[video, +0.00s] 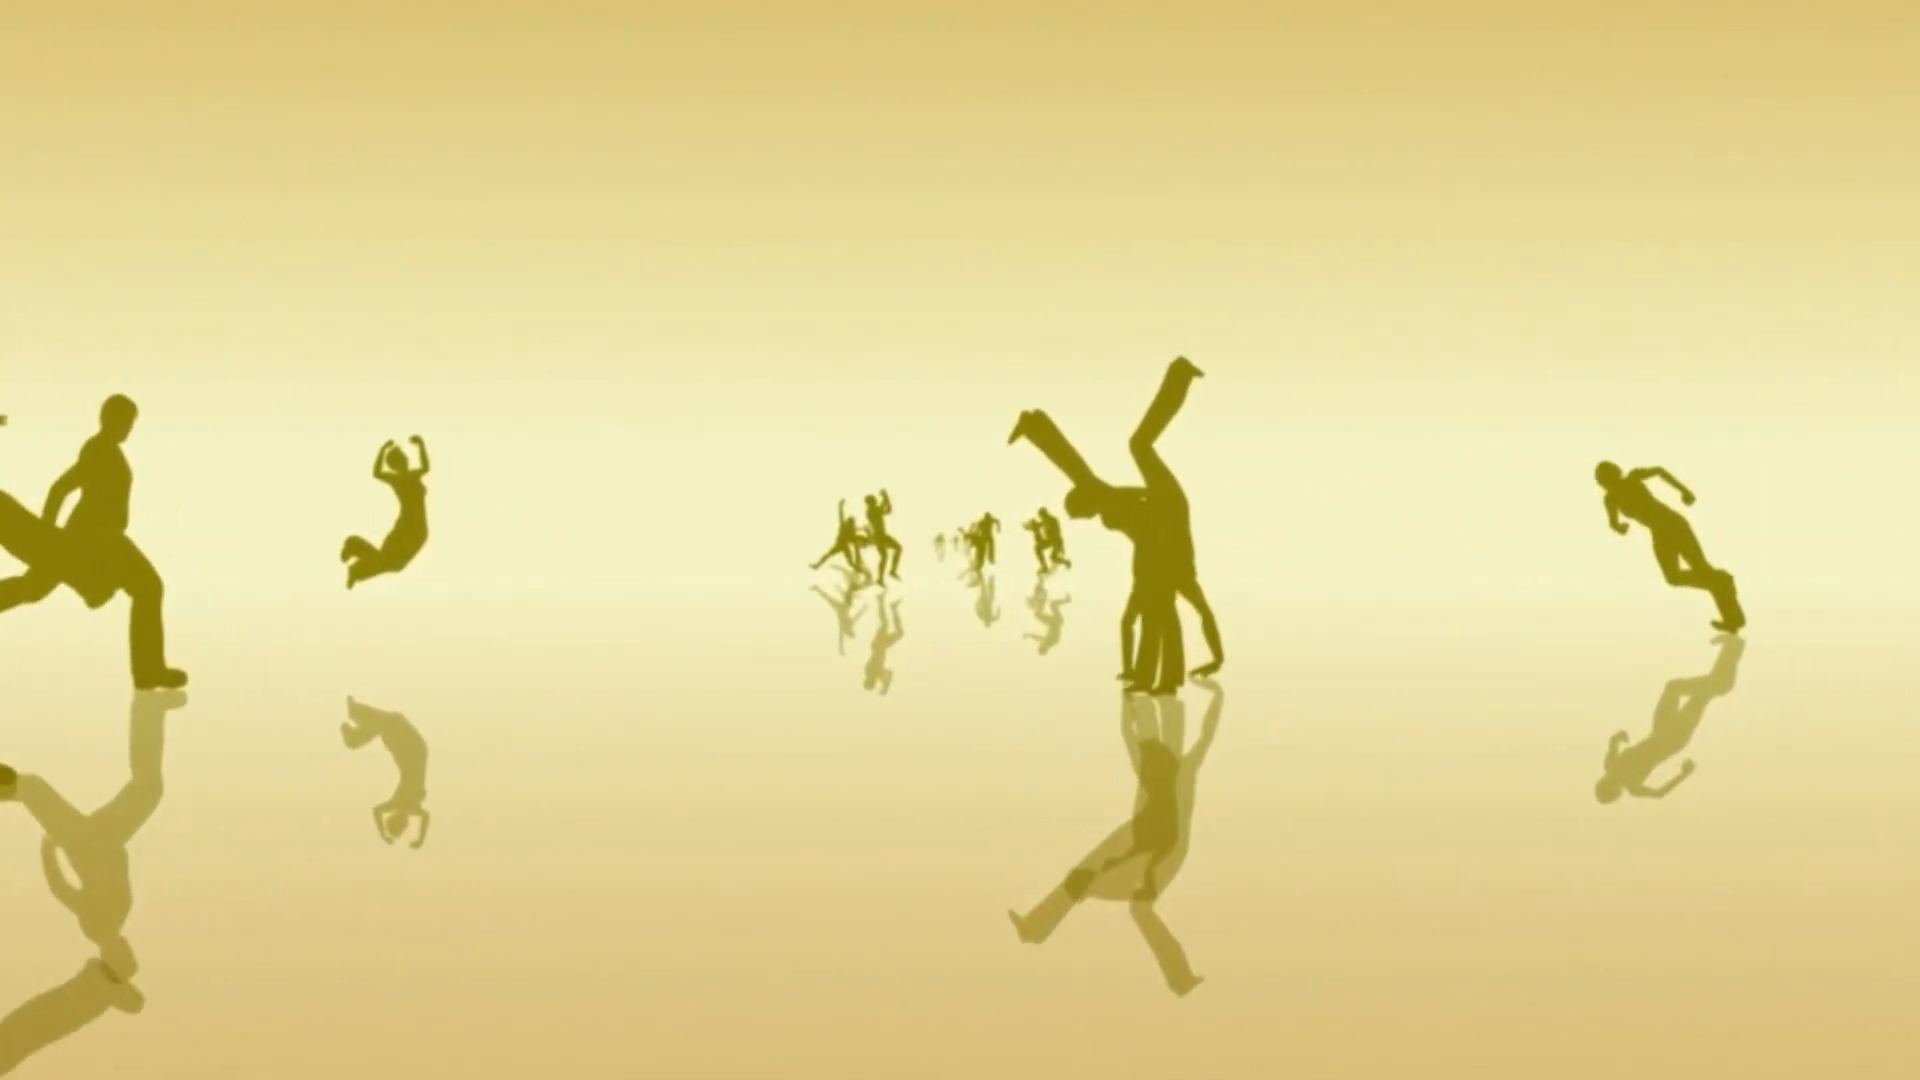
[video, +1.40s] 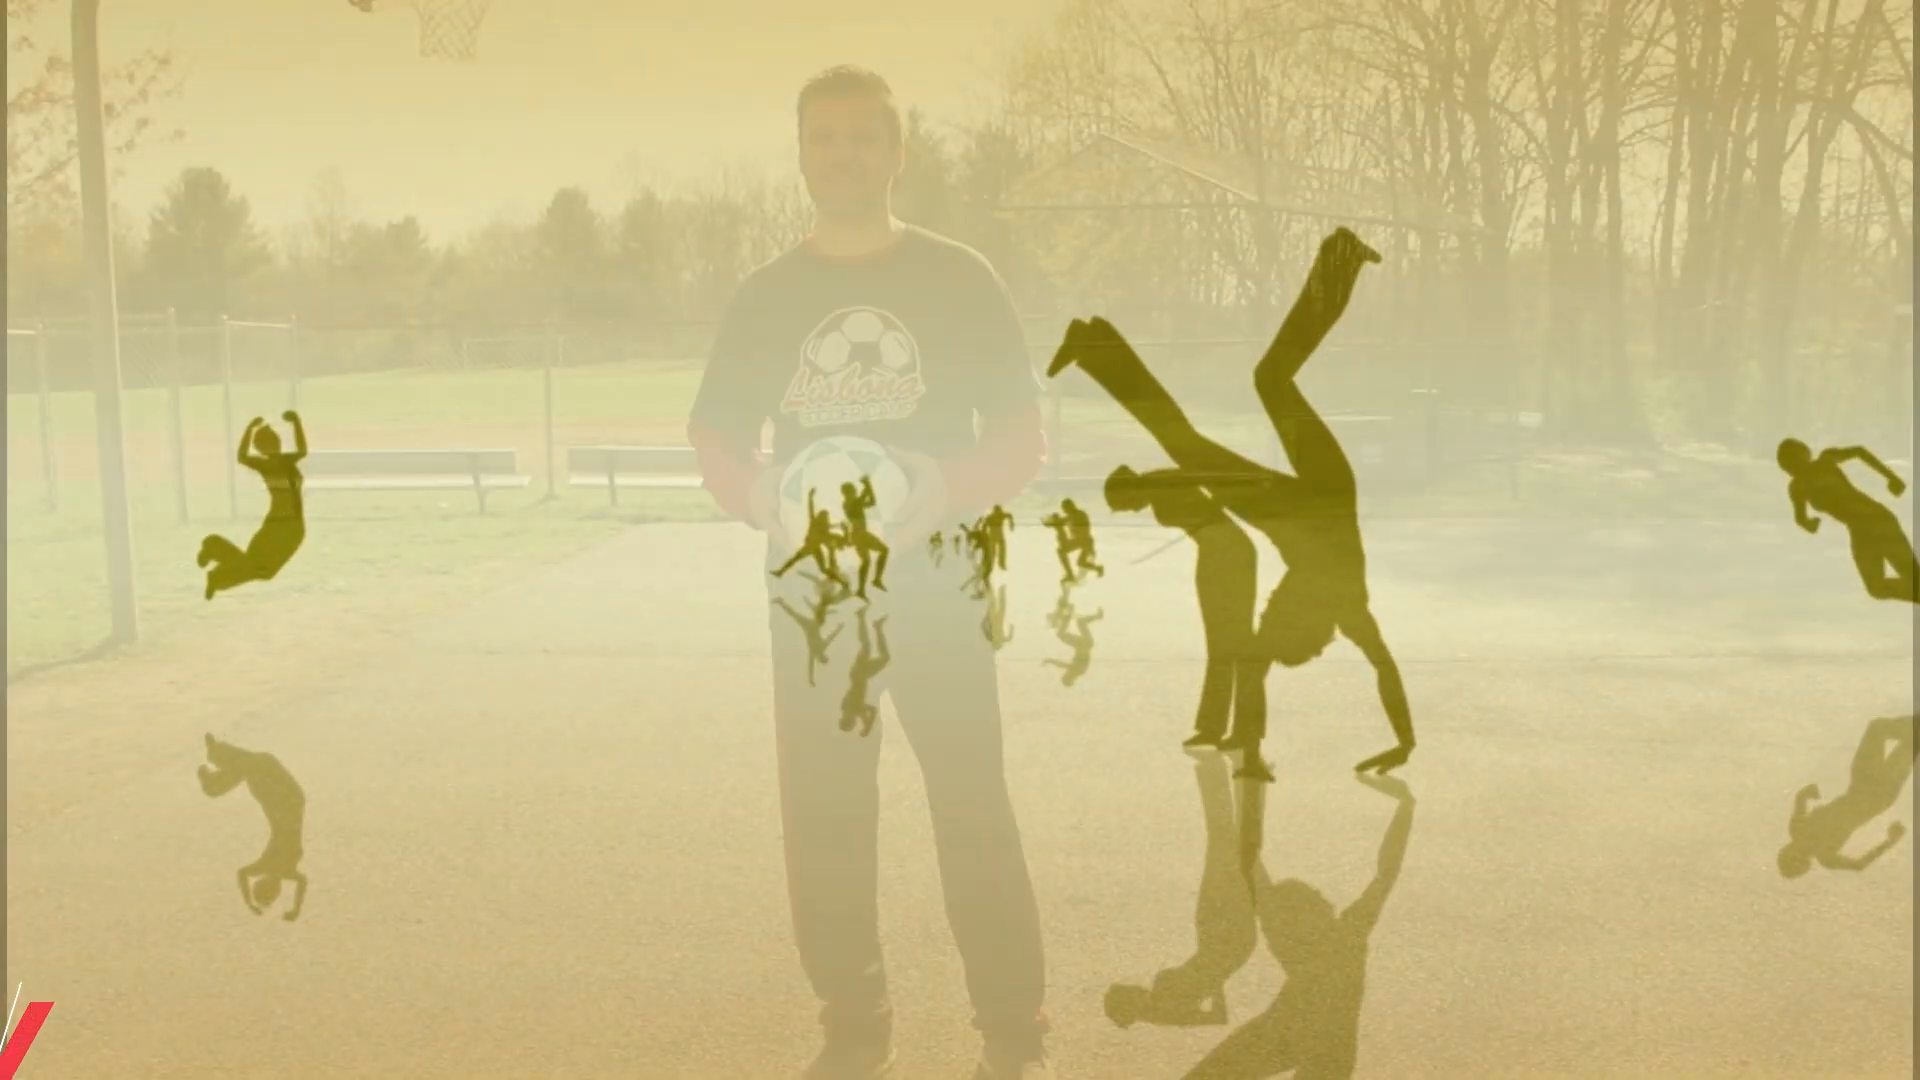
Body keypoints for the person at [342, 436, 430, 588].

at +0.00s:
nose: (402, 460)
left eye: (402, 456)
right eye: (397, 458)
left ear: (406, 457)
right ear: (392, 463)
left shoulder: (413, 476)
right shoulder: (396, 478)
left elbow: (425, 468)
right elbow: (377, 473)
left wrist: (421, 445)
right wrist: (382, 450)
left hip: (420, 528)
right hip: (405, 524)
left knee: (397, 565)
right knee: (387, 559)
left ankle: (357, 572)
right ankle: (355, 545)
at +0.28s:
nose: (375, 457)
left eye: (376, 452)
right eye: (370, 455)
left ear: (381, 454)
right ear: (366, 460)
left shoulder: (388, 473)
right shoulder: (370, 476)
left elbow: (401, 465)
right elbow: (350, 470)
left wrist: (396, 441)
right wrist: (356, 446)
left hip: (396, 527)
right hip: (380, 523)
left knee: (372, 567)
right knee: (360, 561)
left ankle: (331, 574)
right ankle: (328, 545)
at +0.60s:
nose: (352, 453)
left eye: (353, 449)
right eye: (347, 451)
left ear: (358, 450)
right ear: (342, 457)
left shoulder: (365, 470)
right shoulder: (346, 473)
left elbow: (378, 461)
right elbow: (326, 468)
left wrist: (373, 437)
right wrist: (332, 442)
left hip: (373, 526)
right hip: (357, 522)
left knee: (347, 568)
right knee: (335, 561)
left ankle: (304, 575)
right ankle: (301, 545)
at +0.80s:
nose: (334, 449)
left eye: (334, 445)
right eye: (329, 447)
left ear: (339, 447)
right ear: (324, 454)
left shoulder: (346, 468)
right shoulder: (327, 471)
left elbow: (361, 459)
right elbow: (306, 465)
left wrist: (356, 433)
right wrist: (313, 439)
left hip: (354, 525)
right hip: (338, 520)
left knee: (328, 568)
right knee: (317, 562)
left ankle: (285, 576)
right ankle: (282, 546)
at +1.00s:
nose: (315, 447)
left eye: (315, 442)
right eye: (309, 445)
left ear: (320, 444)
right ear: (304, 451)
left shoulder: (328, 465)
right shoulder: (307, 469)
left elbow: (342, 457)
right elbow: (286, 463)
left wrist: (337, 430)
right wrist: (293, 436)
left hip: (336, 525)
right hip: (319, 521)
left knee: (309, 569)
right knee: (297, 562)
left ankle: (264, 577)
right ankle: (260, 546)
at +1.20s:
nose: (295, 446)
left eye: (295, 442)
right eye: (289, 444)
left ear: (300, 442)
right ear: (284, 449)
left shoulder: (309, 463)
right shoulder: (287, 467)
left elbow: (323, 454)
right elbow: (265, 461)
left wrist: (318, 427)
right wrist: (271, 433)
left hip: (316, 524)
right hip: (298, 521)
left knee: (289, 570)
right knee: (276, 564)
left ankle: (242, 578)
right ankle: (238, 546)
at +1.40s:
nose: (274, 443)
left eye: (274, 438)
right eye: (269, 440)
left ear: (277, 439)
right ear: (262, 445)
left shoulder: (286, 461)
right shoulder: (265, 464)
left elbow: (302, 451)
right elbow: (242, 457)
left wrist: (297, 422)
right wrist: (250, 429)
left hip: (295, 524)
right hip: (276, 522)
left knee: (267, 572)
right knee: (253, 564)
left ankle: (219, 580)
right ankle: (215, 547)